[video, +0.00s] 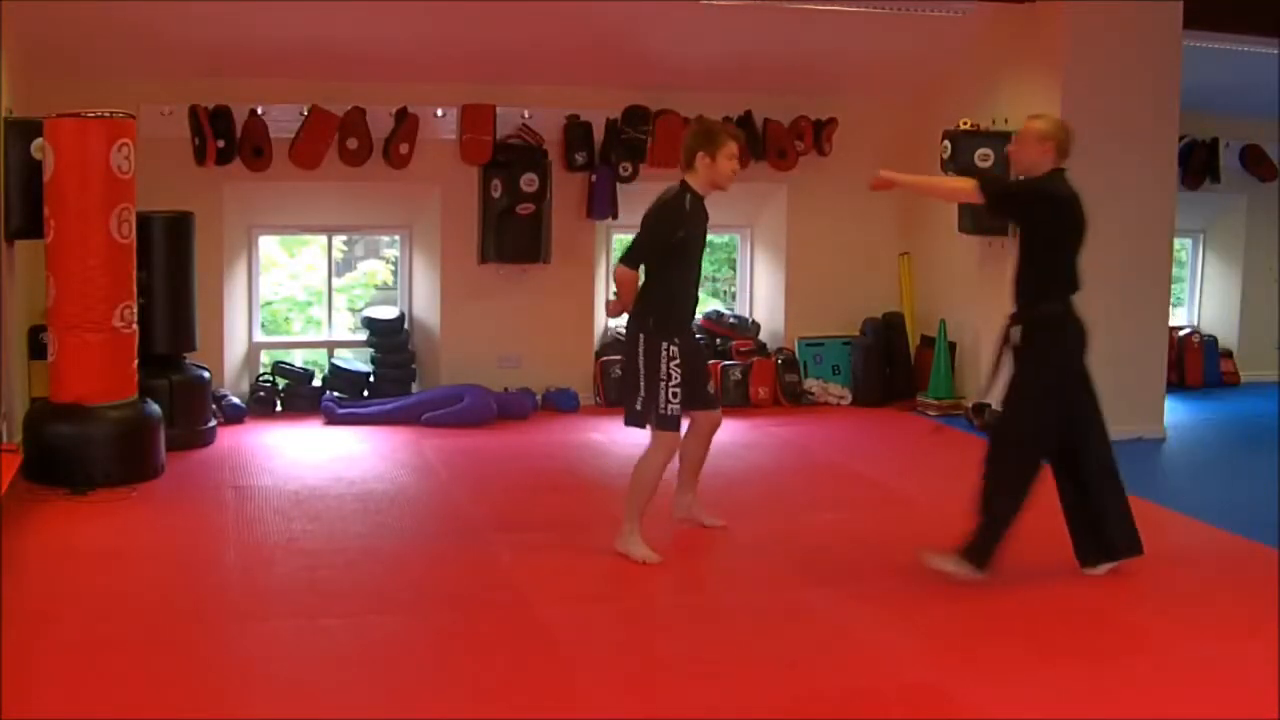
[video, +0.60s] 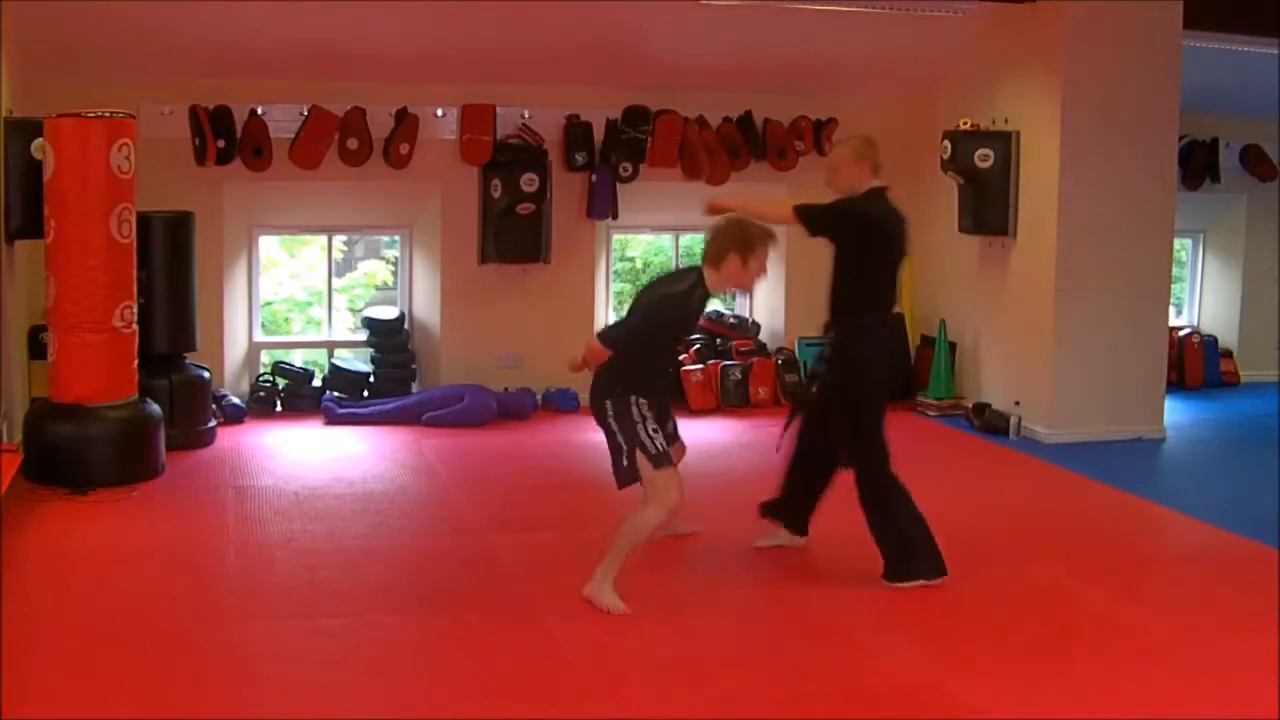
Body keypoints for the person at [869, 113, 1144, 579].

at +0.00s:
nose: (1011, 147)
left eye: (1021, 139)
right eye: (1015, 139)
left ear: (1047, 150)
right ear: (1047, 151)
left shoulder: (1046, 196)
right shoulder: (1054, 194)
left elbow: (967, 190)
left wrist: (899, 180)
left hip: (1047, 332)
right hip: (1054, 328)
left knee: (1015, 440)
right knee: (1073, 437)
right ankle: (1104, 544)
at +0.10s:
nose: (978, 160)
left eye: (987, 152)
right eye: (981, 151)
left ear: (1013, 160)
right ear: (1015, 162)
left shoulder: (1012, 206)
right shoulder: (1025, 205)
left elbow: (934, 200)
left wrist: (871, 186)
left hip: (1010, 346)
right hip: (1021, 341)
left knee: (969, 449)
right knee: (1051, 444)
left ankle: (930, 557)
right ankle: (1100, 540)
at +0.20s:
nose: (947, 166)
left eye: (953, 158)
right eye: (949, 158)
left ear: (977, 165)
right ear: (984, 167)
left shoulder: (977, 213)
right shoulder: (997, 212)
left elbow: (904, 204)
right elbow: (910, 202)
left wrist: (843, 191)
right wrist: (850, 190)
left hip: (969, 348)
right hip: (984, 343)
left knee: (928, 449)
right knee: (990, 444)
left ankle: (920, 562)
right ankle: (1062, 523)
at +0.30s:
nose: (920, 160)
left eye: (927, 152)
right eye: (923, 152)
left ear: (946, 156)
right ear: (957, 157)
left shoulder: (946, 203)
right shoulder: (965, 201)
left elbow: (875, 201)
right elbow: (883, 197)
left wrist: (814, 189)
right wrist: (823, 187)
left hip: (942, 335)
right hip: (955, 331)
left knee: (921, 445)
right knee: (939, 440)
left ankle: (922, 562)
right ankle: (993, 516)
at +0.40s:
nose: (890, 154)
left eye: (895, 146)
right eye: (893, 146)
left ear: (914, 150)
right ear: (930, 151)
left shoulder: (917, 194)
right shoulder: (942, 193)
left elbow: (847, 199)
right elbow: (860, 198)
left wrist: (787, 190)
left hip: (913, 328)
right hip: (926, 324)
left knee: (903, 443)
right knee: (912, 441)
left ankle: (921, 562)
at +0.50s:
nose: (859, 159)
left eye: (864, 151)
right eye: (860, 151)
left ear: (883, 153)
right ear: (898, 155)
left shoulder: (886, 199)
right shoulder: (916, 200)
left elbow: (818, 206)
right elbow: (836, 205)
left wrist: (763, 195)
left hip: (888, 337)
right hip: (898, 333)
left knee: (892, 448)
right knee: (859, 433)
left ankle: (922, 563)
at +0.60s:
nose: (830, 174)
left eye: (836, 165)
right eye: (830, 166)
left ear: (863, 167)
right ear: (866, 168)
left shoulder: (862, 213)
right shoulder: (881, 212)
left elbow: (790, 215)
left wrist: (731, 207)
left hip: (860, 349)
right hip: (865, 344)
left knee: (867, 457)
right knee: (821, 431)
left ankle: (918, 562)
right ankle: (791, 518)